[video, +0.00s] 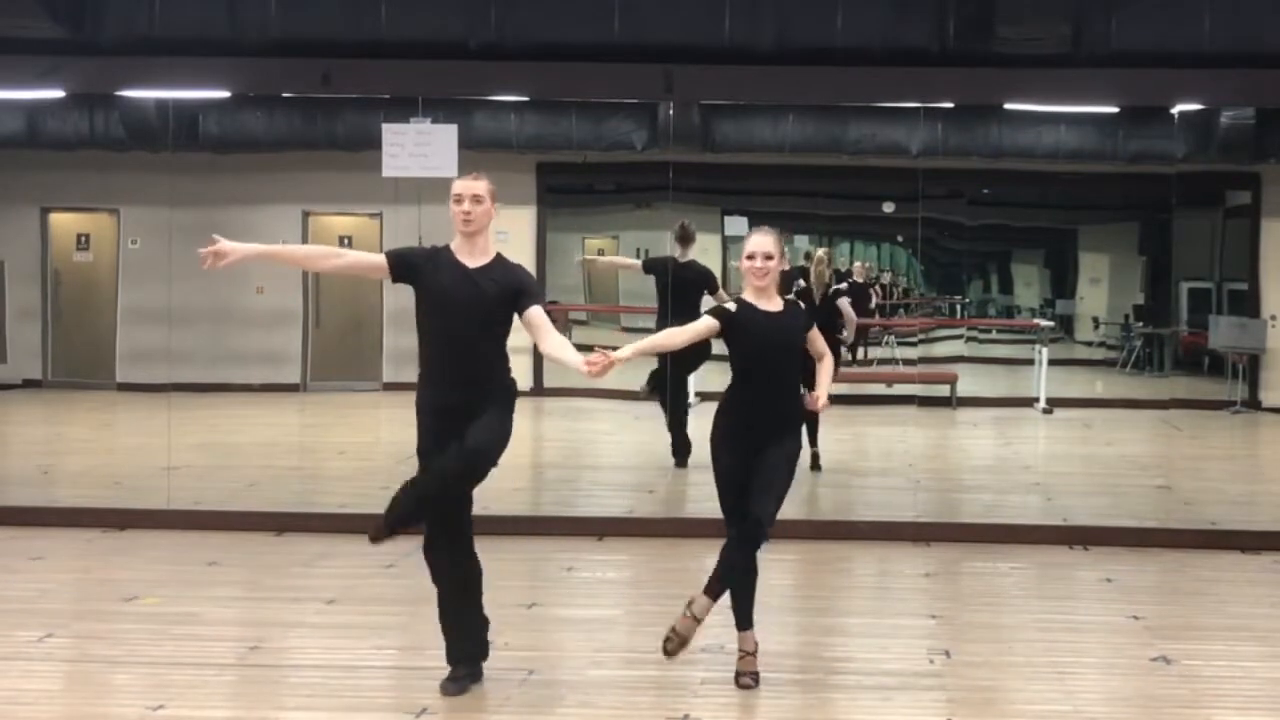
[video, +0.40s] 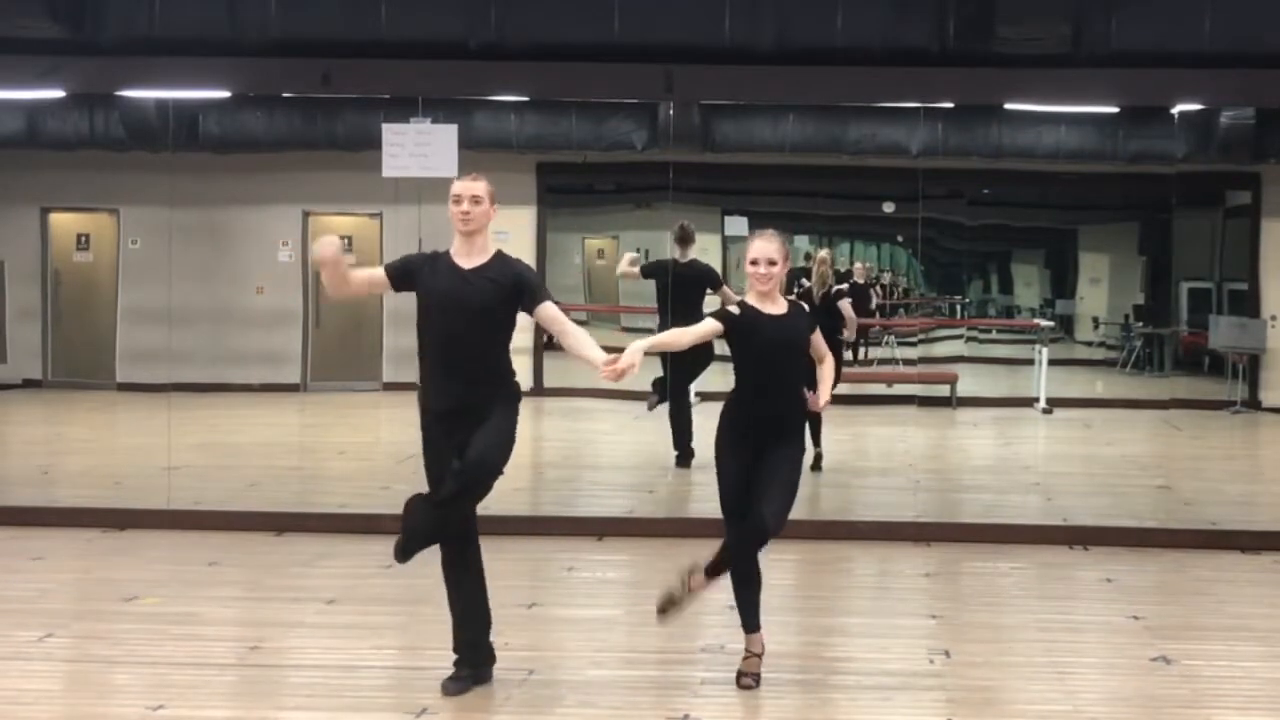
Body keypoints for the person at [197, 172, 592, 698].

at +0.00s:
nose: (466, 208)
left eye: (476, 200)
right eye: (459, 200)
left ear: (494, 209)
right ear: (449, 208)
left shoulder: (513, 277)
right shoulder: (423, 262)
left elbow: (547, 336)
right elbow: (334, 257)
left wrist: (582, 360)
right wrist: (248, 251)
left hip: (490, 404)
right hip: (437, 407)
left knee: (475, 456)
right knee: (449, 540)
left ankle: (403, 510)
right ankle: (466, 657)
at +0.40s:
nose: (465, 208)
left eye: (475, 200)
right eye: (458, 200)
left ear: (493, 210)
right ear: (448, 209)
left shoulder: (514, 275)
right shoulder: (424, 266)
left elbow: (562, 327)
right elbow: (347, 285)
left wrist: (601, 360)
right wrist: (330, 263)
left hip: (494, 405)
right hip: (440, 410)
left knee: (480, 470)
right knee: (458, 532)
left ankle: (423, 522)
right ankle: (474, 656)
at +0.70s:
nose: (471, 222)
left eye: (481, 214)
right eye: (464, 214)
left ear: (500, 223)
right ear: (454, 223)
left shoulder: (522, 286)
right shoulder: (434, 288)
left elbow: (571, 337)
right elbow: (425, 366)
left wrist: (604, 366)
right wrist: (394, 407)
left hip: (488, 426)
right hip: (440, 425)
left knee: (455, 543)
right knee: (435, 547)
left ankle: (525, 631)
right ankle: (476, 662)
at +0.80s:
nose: (474, 226)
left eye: (484, 218)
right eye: (466, 219)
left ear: (502, 227)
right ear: (456, 228)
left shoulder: (522, 294)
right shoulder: (434, 290)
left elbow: (571, 344)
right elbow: (391, 358)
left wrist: (607, 366)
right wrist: (341, 404)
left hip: (497, 440)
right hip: (439, 439)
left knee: (511, 552)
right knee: (438, 551)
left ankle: (498, 617)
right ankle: (475, 662)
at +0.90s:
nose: (477, 233)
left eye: (486, 225)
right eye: (469, 225)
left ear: (504, 234)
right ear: (459, 234)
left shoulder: (523, 300)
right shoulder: (433, 291)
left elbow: (574, 349)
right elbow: (358, 320)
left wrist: (615, 370)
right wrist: (291, 356)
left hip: (501, 435)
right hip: (451, 434)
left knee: (472, 537)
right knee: (449, 536)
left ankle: (473, 643)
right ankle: (474, 652)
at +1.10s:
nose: (477, 231)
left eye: (487, 223)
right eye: (470, 224)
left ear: (507, 232)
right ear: (460, 232)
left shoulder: (528, 296)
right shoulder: (439, 289)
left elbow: (579, 350)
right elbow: (351, 296)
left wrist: (627, 378)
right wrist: (268, 283)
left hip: (501, 433)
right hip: (446, 431)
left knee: (492, 539)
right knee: (465, 542)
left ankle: (462, 606)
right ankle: (481, 652)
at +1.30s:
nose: (470, 234)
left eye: (480, 226)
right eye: (463, 227)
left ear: (502, 234)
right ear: (455, 235)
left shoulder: (529, 296)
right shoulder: (440, 297)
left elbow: (584, 352)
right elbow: (359, 327)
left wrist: (628, 372)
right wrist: (273, 315)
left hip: (492, 431)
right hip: (441, 429)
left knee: (469, 536)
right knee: (462, 541)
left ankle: (535, 619)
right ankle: (487, 655)